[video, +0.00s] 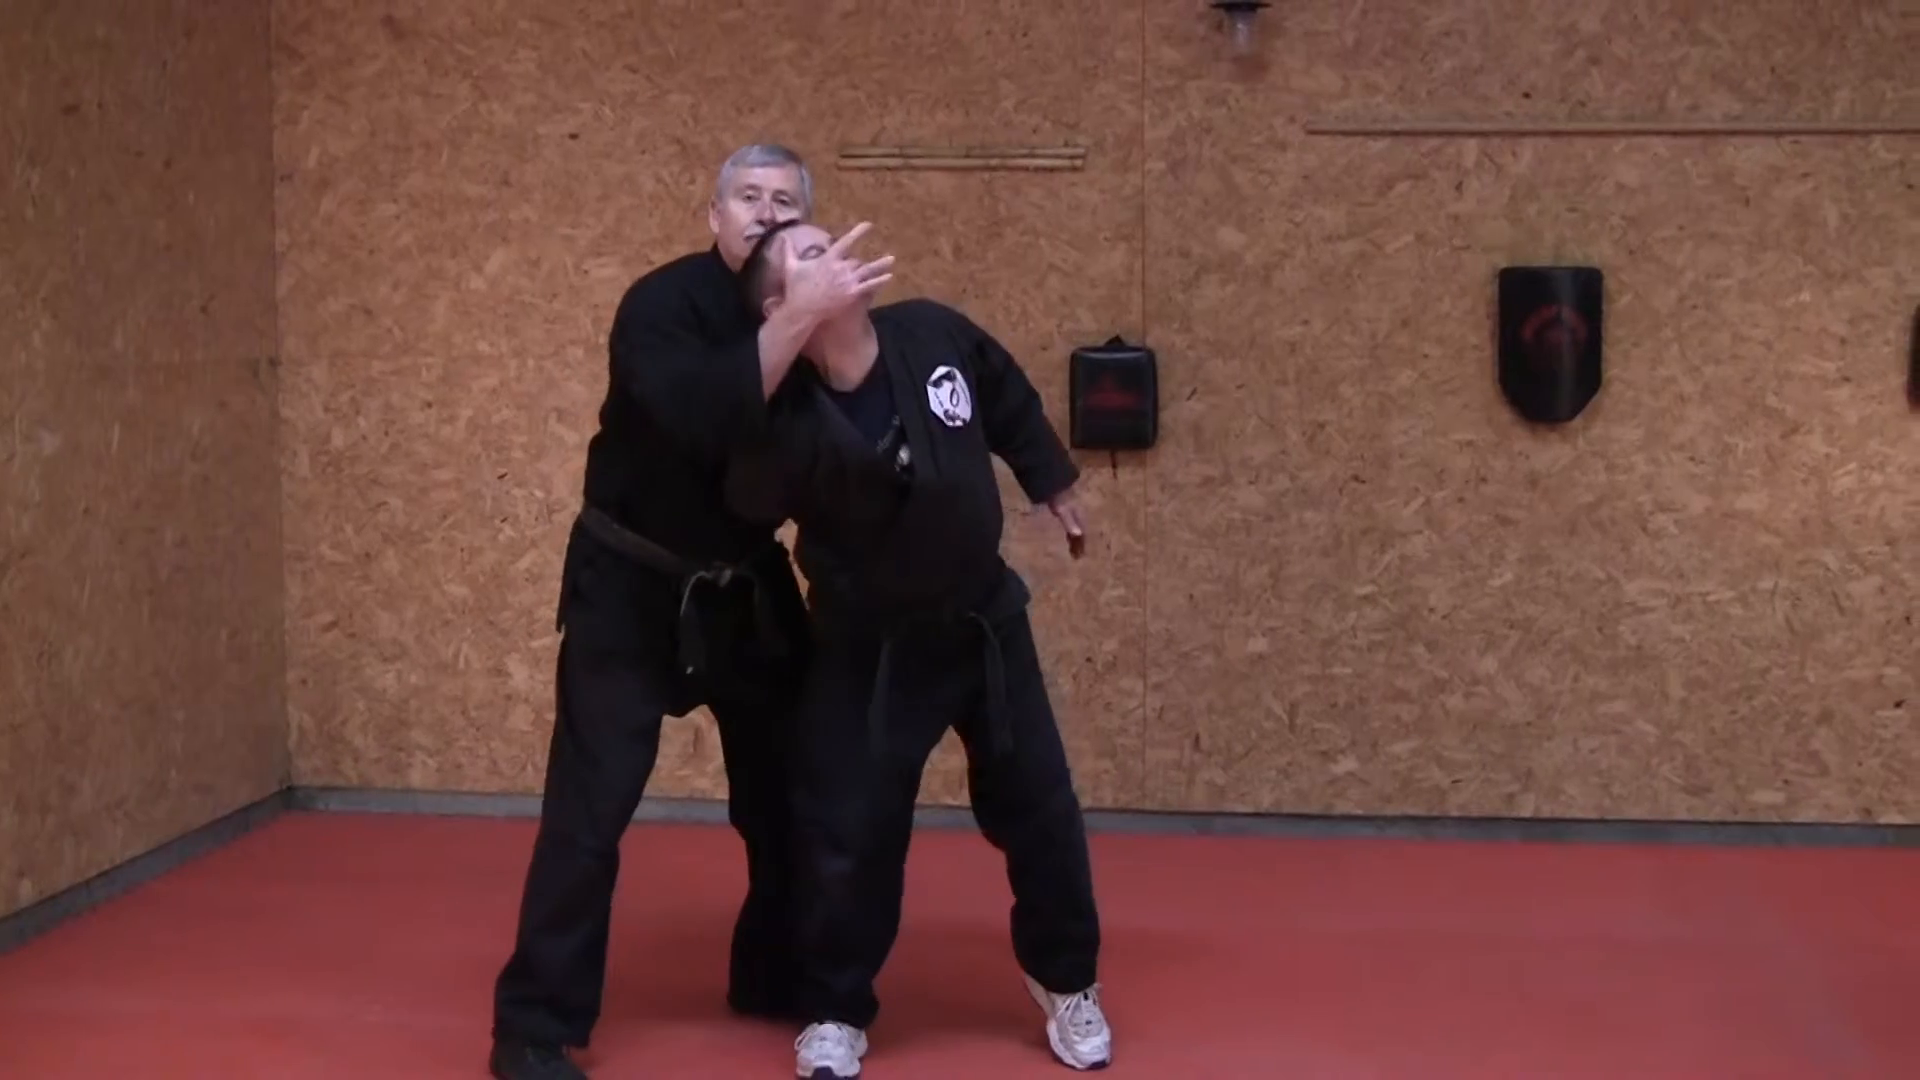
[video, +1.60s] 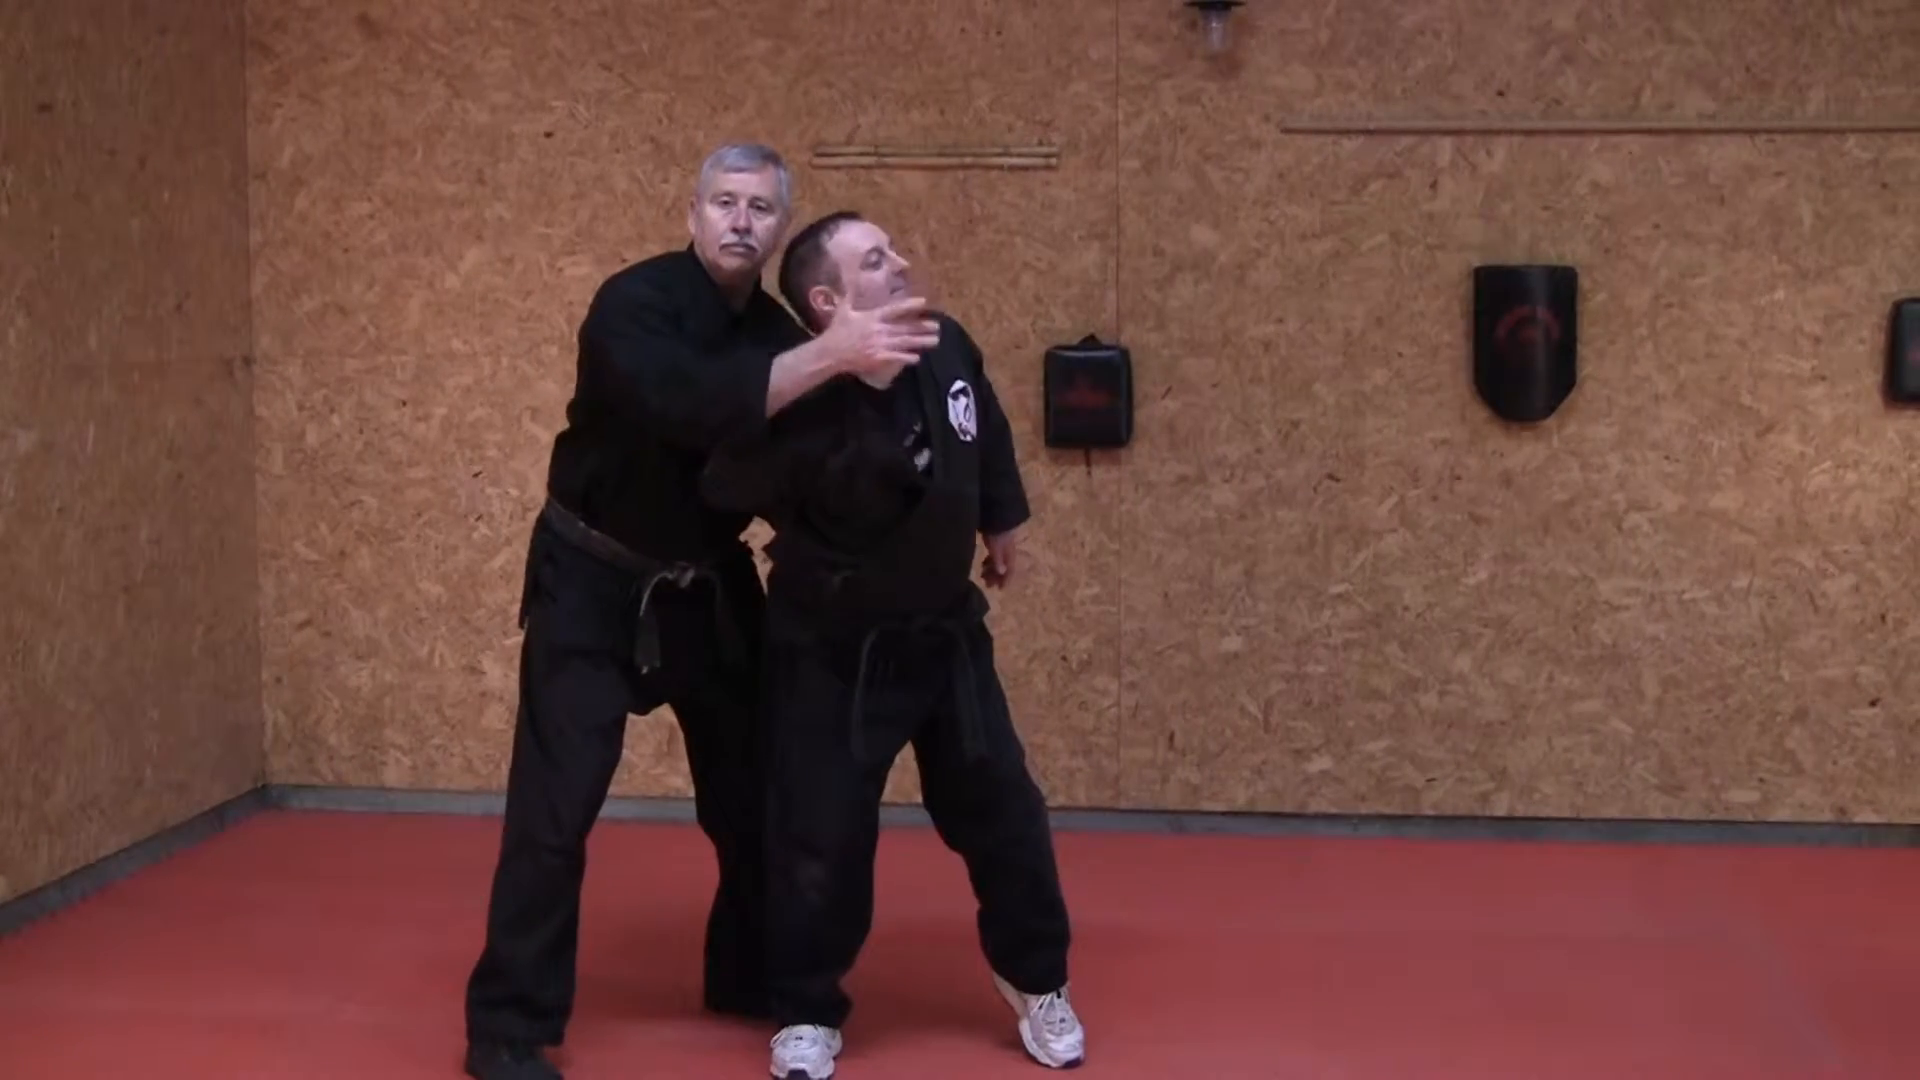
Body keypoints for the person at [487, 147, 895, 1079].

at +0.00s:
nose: (768, 212)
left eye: (786, 201)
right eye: (749, 195)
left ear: (807, 224)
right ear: (711, 216)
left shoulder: (813, 310)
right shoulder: (661, 305)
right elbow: (696, 419)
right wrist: (796, 317)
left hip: (747, 581)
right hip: (629, 579)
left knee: (789, 786)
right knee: (593, 805)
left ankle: (774, 976)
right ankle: (536, 1036)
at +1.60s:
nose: (742, 219)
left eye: (761, 207)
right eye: (725, 202)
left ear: (782, 229)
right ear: (692, 215)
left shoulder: (783, 329)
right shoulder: (630, 305)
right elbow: (678, 403)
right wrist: (828, 355)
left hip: (710, 579)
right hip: (591, 575)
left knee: (754, 791)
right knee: (555, 813)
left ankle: (748, 980)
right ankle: (511, 1037)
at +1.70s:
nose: (742, 219)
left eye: (762, 208)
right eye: (726, 202)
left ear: (783, 229)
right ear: (693, 214)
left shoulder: (786, 342)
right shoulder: (629, 304)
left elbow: (823, 467)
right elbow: (661, 410)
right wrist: (813, 384)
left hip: (707, 578)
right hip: (589, 572)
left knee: (752, 791)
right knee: (554, 809)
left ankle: (748, 980)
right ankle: (512, 1034)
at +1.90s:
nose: (744, 220)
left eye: (763, 207)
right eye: (728, 202)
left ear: (783, 226)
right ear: (693, 209)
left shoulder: (786, 345)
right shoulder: (626, 305)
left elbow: (822, 452)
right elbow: (617, 443)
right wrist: (752, 466)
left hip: (706, 577)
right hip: (588, 576)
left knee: (752, 789)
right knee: (552, 814)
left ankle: (746, 978)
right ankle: (510, 1038)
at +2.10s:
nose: (742, 219)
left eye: (762, 206)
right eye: (727, 201)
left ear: (785, 224)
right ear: (695, 209)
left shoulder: (791, 349)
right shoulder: (624, 307)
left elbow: (828, 478)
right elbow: (557, 451)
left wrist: (791, 441)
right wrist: (654, 550)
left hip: (712, 578)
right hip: (589, 576)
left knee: (756, 789)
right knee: (551, 815)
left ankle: (747, 971)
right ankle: (508, 1032)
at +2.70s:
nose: (784, 217)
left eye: (803, 205)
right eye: (768, 199)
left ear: (822, 226)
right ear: (733, 209)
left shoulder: (822, 353)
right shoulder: (656, 296)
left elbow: (840, 499)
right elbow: (548, 420)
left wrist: (929, 495)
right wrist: (556, 554)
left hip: (738, 590)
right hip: (616, 578)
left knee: (786, 783)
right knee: (566, 812)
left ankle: (753, 971)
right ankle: (510, 1029)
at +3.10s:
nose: (842, 231)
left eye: (857, 215)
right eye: (827, 210)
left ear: (870, 220)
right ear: (783, 201)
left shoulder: (863, 322)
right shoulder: (704, 287)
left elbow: (878, 452)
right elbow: (611, 409)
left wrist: (900, 560)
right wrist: (604, 552)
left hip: (801, 579)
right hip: (696, 571)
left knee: (805, 790)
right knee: (666, 796)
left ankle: (753, 971)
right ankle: (603, 1005)